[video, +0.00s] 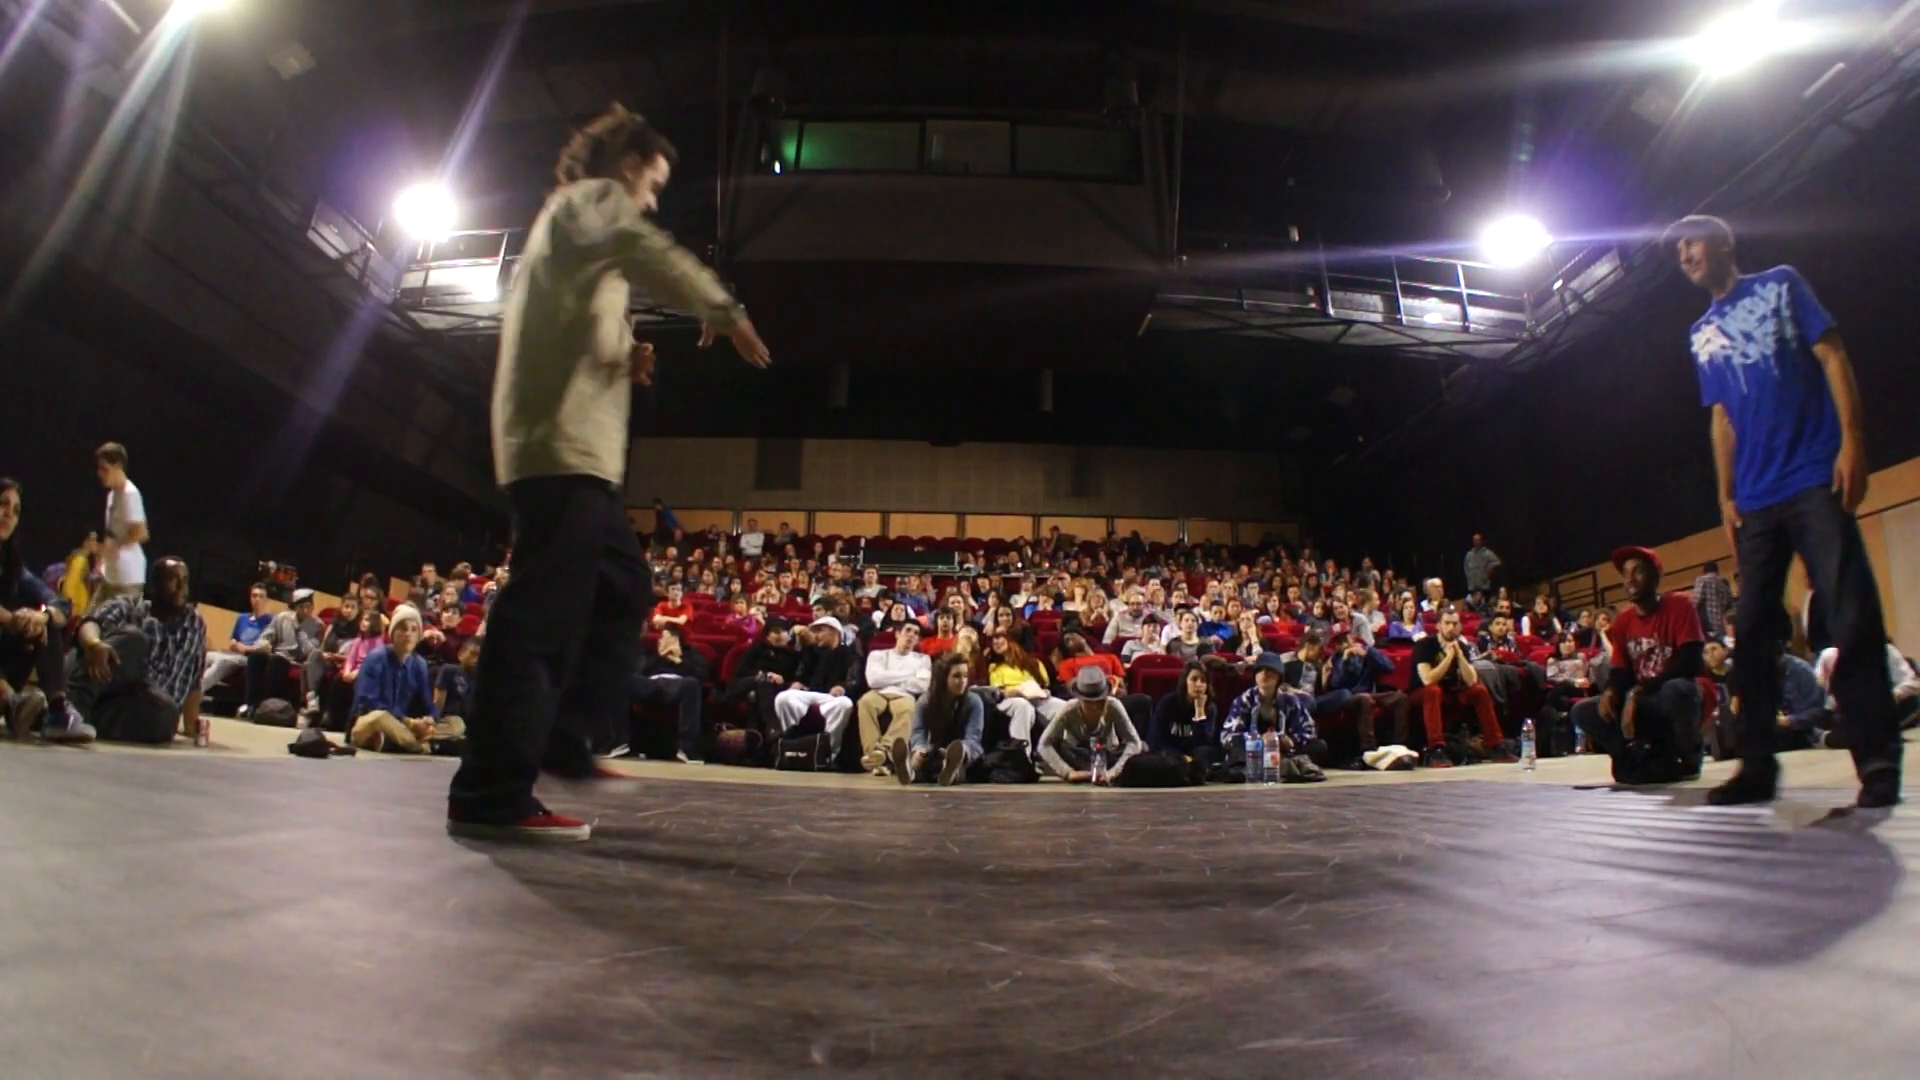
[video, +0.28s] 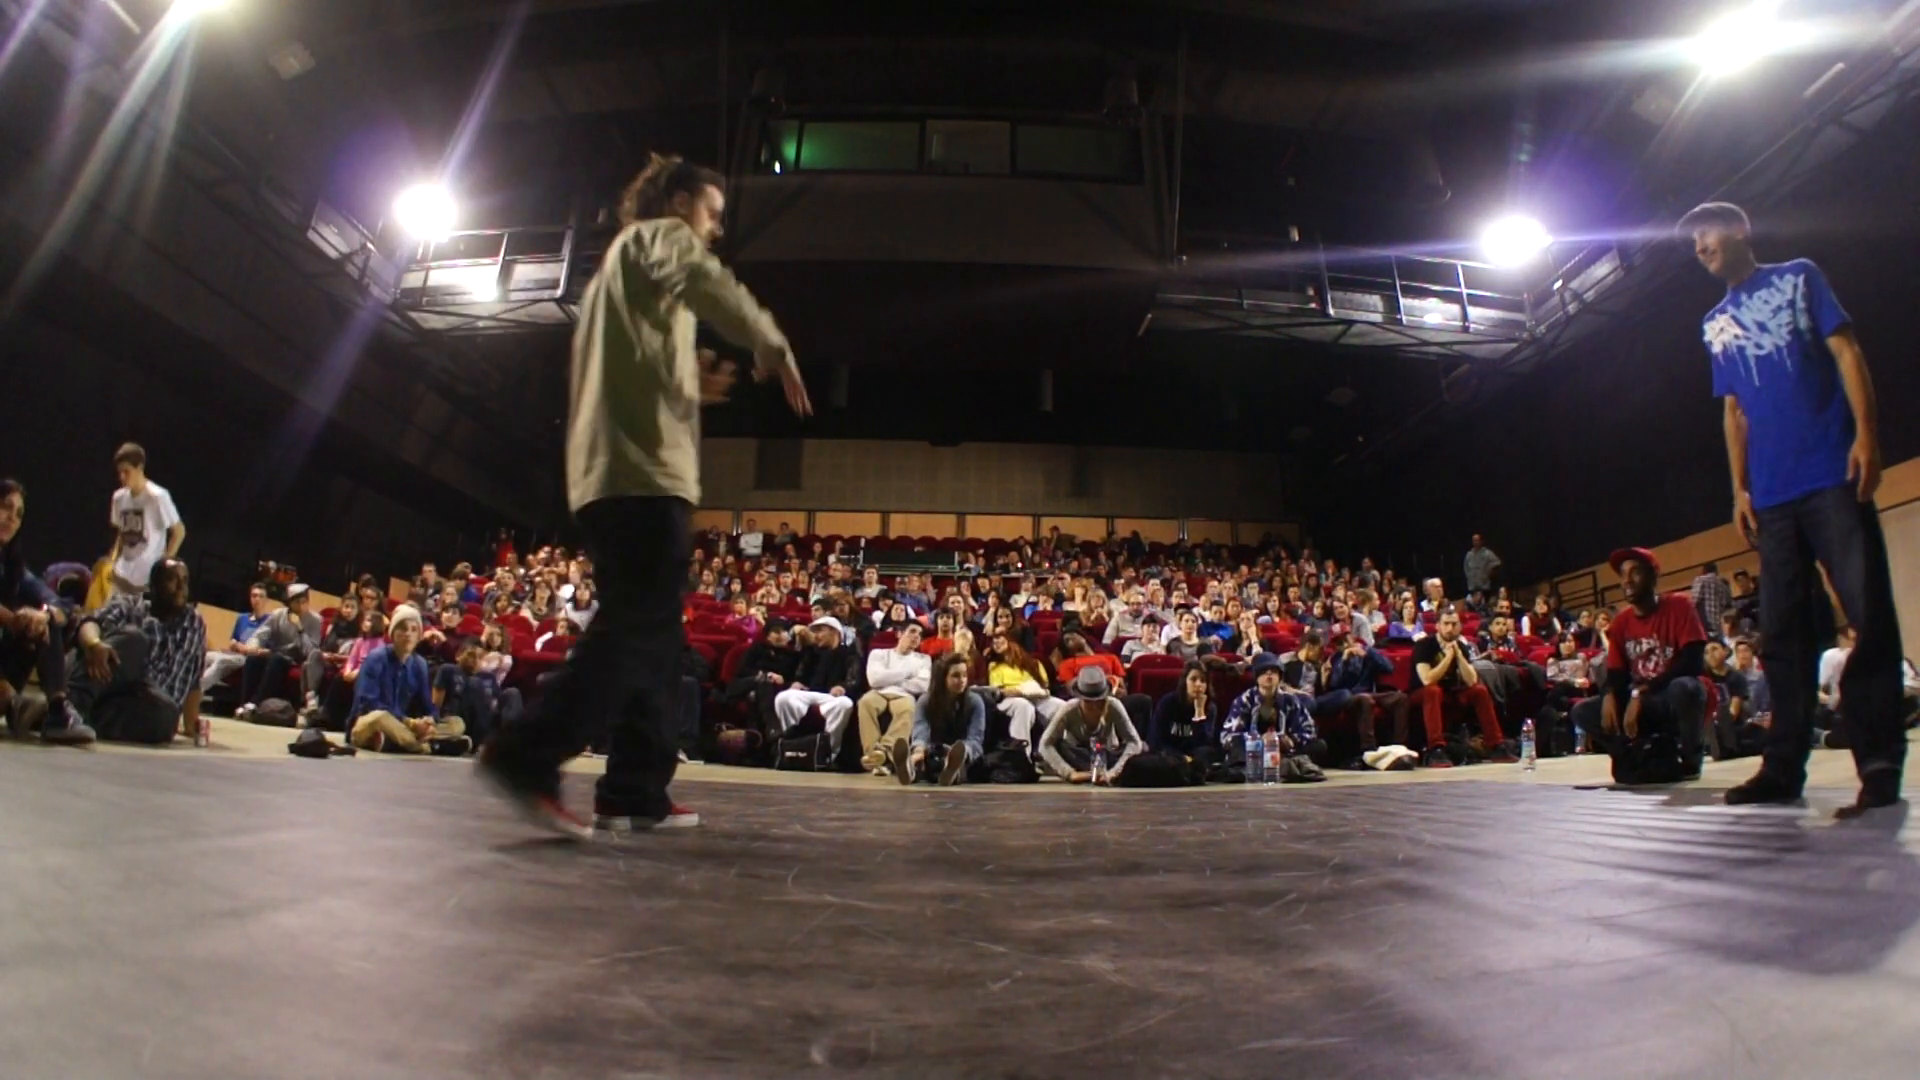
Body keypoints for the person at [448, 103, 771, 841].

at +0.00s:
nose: (655, 200)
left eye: (661, 188)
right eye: (654, 182)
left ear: (611, 168)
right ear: (624, 162)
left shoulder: (577, 230)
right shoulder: (588, 202)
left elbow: (563, 337)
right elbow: (648, 250)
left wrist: (622, 356)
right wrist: (724, 309)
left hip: (577, 451)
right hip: (560, 449)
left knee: (623, 591)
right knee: (540, 615)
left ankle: (576, 741)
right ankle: (491, 795)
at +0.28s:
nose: (718, 228)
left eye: (719, 217)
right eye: (712, 213)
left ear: (671, 208)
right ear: (680, 202)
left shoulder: (619, 268)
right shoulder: (658, 239)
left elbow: (622, 371)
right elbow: (709, 284)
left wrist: (689, 381)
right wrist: (774, 348)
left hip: (616, 474)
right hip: (642, 472)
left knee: (650, 631)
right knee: (637, 625)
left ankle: (638, 793)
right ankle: (526, 756)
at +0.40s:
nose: (739, 224)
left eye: (741, 215)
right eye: (731, 210)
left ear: (678, 215)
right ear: (694, 205)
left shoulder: (642, 271)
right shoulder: (685, 244)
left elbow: (669, 387)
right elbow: (687, 316)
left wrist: (742, 385)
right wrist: (761, 405)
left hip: (626, 465)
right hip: (675, 457)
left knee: (643, 617)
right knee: (722, 596)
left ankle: (634, 783)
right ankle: (607, 713)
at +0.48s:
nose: (755, 225)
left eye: (756, 216)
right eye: (746, 211)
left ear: (702, 217)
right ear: (708, 211)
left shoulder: (666, 269)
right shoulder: (698, 253)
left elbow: (688, 405)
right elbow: (672, 330)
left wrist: (767, 382)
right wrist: (723, 438)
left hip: (641, 476)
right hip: (687, 468)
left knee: (658, 628)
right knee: (758, 590)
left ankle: (630, 792)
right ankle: (657, 724)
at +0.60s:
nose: (774, 227)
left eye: (773, 218)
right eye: (762, 215)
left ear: (745, 230)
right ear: (725, 221)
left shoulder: (729, 288)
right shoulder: (708, 264)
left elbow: (740, 409)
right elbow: (654, 338)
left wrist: (798, 364)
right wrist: (669, 447)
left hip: (684, 488)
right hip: (721, 480)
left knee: (675, 638)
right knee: (782, 610)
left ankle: (634, 788)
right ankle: (733, 764)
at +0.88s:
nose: (814, 237)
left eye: (812, 227)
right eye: (802, 226)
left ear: (790, 241)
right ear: (767, 237)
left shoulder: (785, 306)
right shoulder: (749, 286)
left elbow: (787, 414)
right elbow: (693, 368)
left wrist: (849, 404)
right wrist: (732, 432)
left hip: (774, 497)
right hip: (763, 495)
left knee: (773, 634)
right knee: (785, 638)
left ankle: (674, 739)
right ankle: (778, 795)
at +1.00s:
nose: (826, 245)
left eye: (823, 236)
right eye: (814, 235)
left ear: (797, 246)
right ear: (781, 243)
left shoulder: (798, 308)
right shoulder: (771, 293)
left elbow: (784, 405)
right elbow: (740, 376)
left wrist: (841, 435)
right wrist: (820, 415)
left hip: (793, 502)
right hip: (774, 501)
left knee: (803, 639)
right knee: (797, 642)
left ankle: (715, 713)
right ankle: (778, 795)